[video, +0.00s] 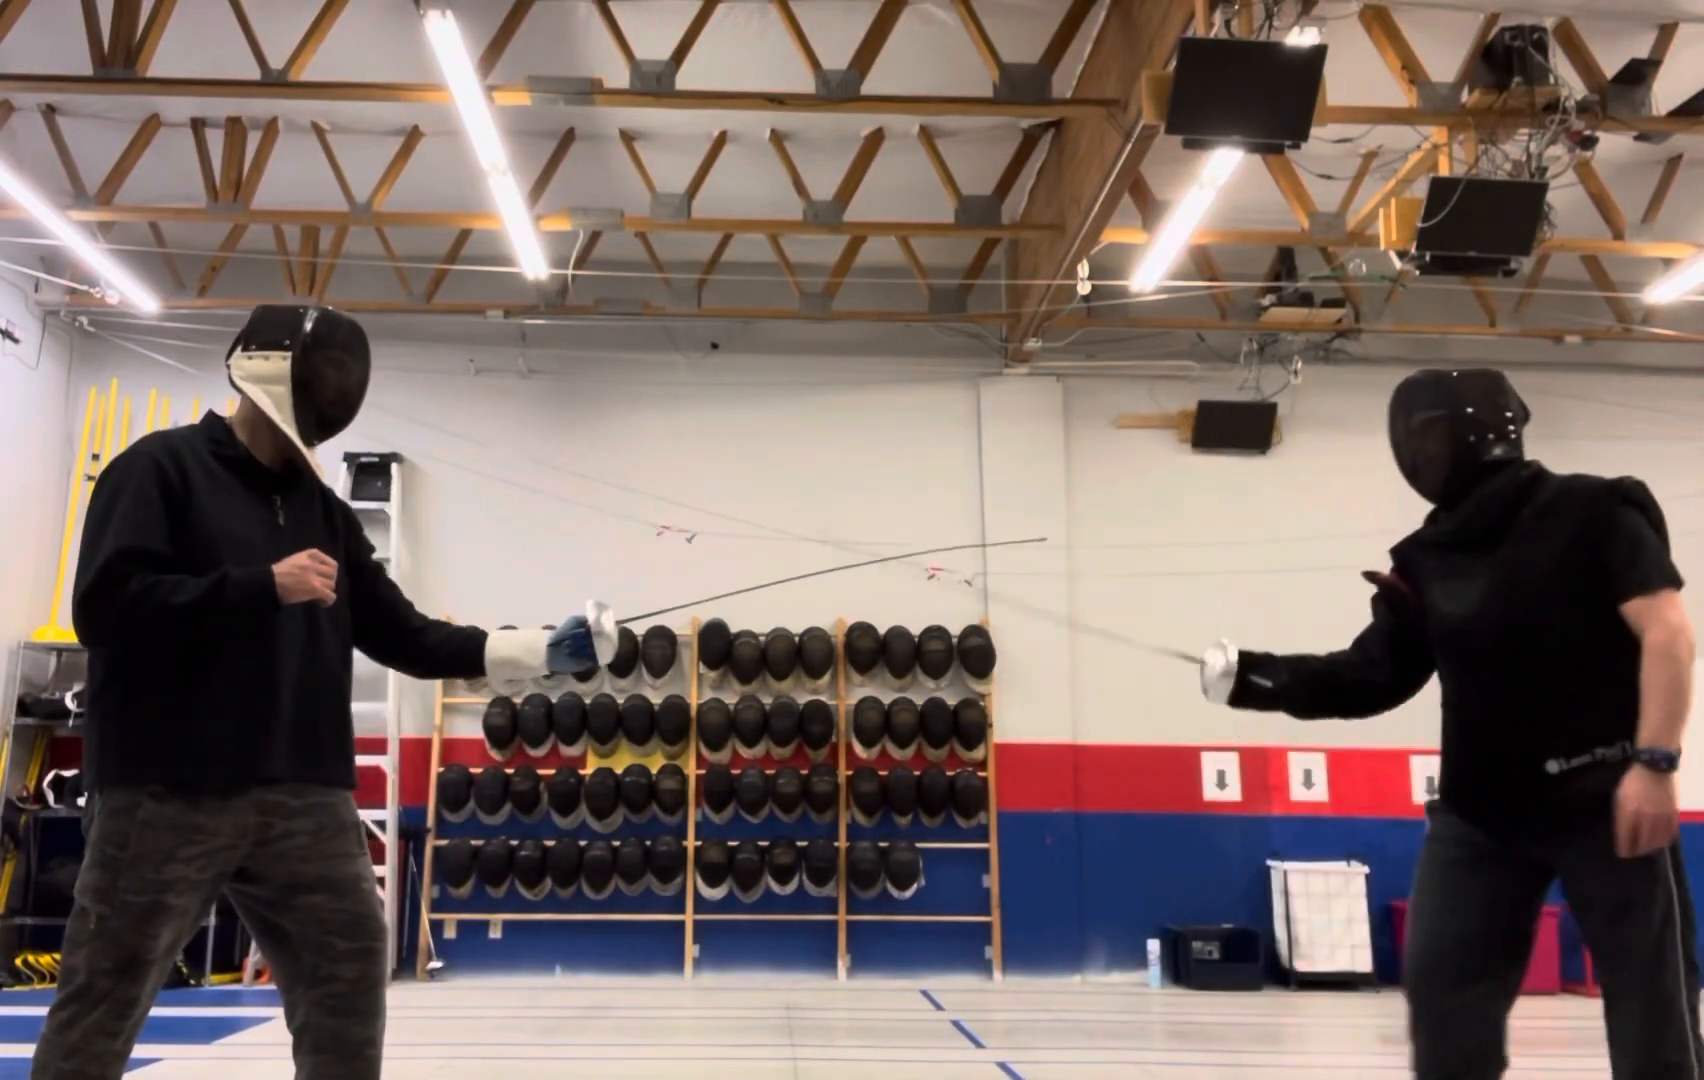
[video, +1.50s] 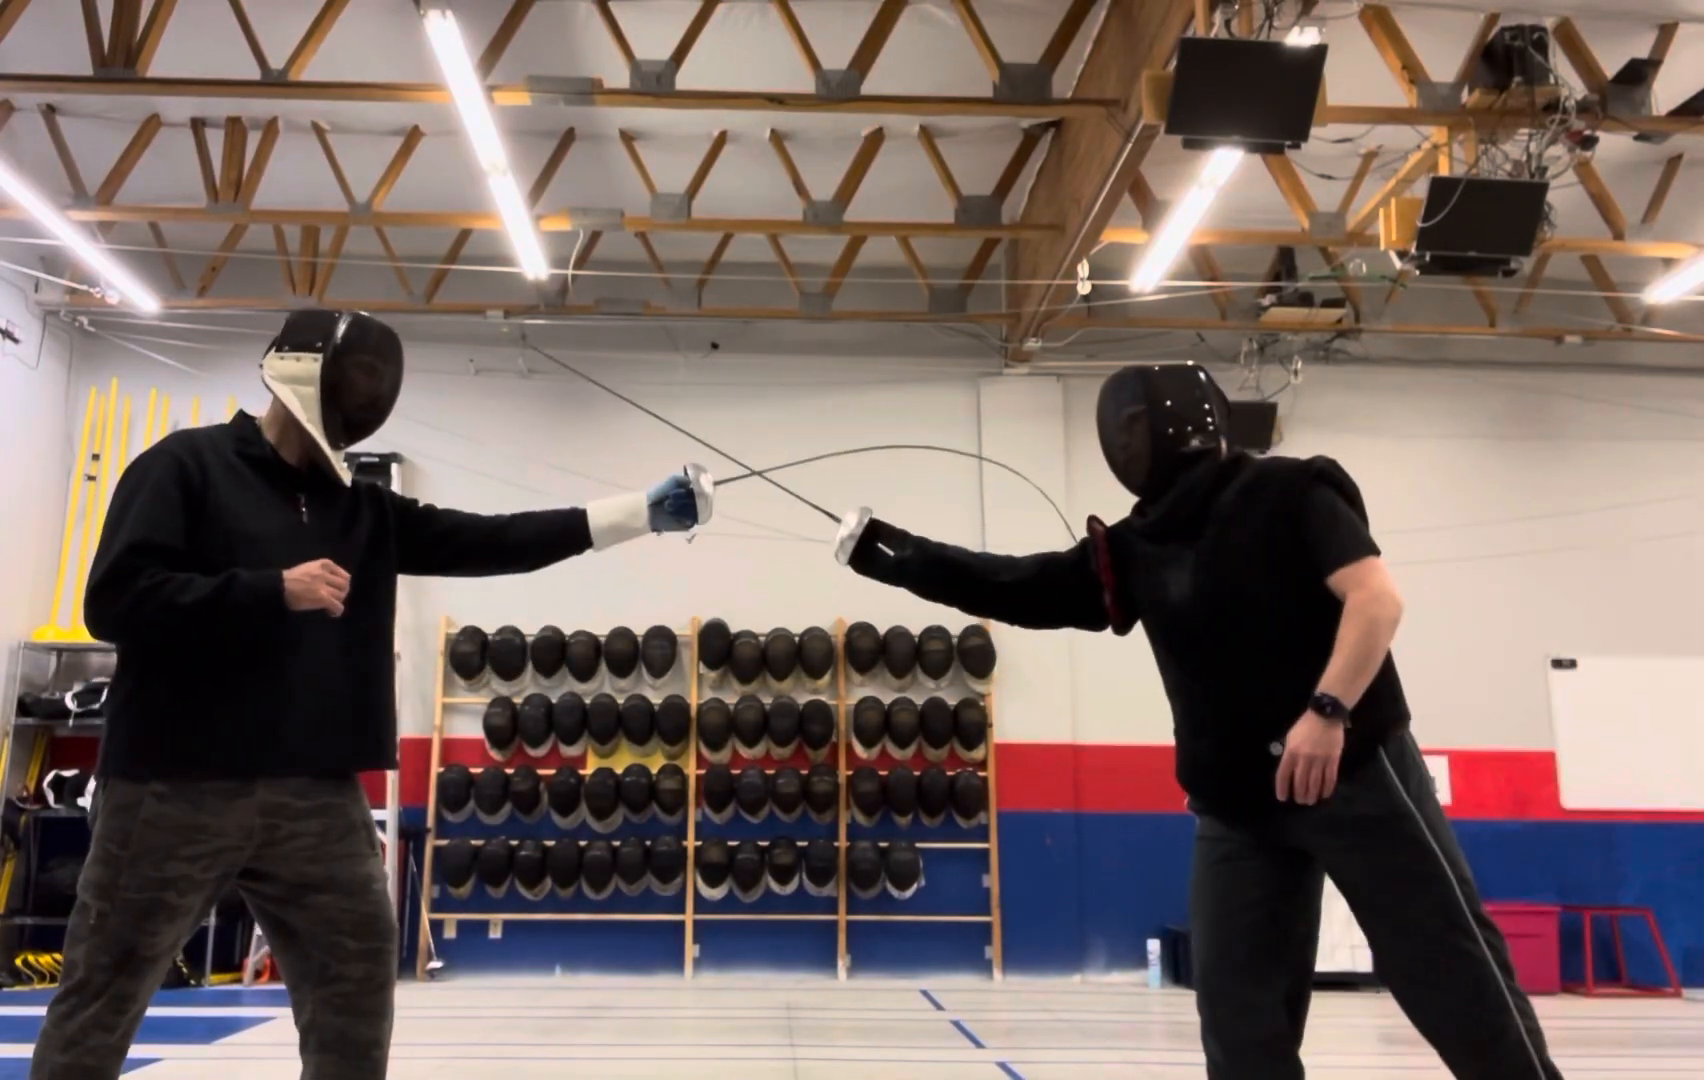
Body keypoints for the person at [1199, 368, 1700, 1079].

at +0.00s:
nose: (1408, 459)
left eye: (1418, 438)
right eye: (1405, 444)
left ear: (1462, 432)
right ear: (1493, 432)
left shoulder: (1596, 513)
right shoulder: (1428, 561)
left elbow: (1668, 631)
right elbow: (1373, 676)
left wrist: (1656, 764)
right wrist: (1250, 676)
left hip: (1606, 804)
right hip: (1480, 817)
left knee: (1654, 1021)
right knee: (1445, 1008)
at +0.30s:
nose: (1444, 454)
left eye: (1457, 433)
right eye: (1437, 439)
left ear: (1506, 427)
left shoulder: (1629, 511)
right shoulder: (1450, 560)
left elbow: (1698, 626)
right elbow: (1368, 649)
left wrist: (1703, 757)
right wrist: (1251, 641)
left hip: (1647, 811)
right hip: (1515, 824)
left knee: (1671, 1039)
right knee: (1507, 1038)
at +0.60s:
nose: (1417, 456)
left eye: (1431, 436)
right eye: (1411, 441)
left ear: (1483, 431)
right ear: (1415, 452)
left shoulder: (1603, 515)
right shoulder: (1424, 563)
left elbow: (1685, 626)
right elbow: (1317, 622)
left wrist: (1685, 754)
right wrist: (1191, 618)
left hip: (1626, 804)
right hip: (1496, 816)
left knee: (1666, 1011)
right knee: (1459, 985)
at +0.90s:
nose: (1319, 474)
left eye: (1329, 453)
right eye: (1317, 459)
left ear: (1373, 449)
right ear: (1398, 449)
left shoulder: (1507, 526)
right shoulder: (1336, 581)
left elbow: (1593, 641)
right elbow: (1229, 640)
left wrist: (1611, 767)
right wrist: (1102, 631)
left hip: (1542, 823)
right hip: (1412, 839)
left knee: (1624, 1048)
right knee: (1358, 1050)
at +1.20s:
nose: (1175, 447)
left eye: (1182, 429)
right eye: (1175, 433)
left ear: (1217, 432)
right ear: (1250, 432)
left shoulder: (1349, 498)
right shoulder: (1188, 564)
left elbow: (1433, 611)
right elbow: (1087, 627)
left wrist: (1413, 728)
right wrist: (961, 617)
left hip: (1403, 790)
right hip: (1284, 815)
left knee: (1514, 1004)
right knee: (1267, 1042)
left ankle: (1577, 1078)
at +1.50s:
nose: (1116, 447)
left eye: (1124, 427)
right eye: (1114, 431)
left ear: (1165, 425)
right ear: (1179, 429)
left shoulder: (1292, 491)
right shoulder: (1135, 552)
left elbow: (1376, 600)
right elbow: (1015, 588)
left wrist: (1328, 712)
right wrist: (898, 556)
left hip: (1362, 782)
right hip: (1240, 811)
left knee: (1456, 980)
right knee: (1243, 1034)